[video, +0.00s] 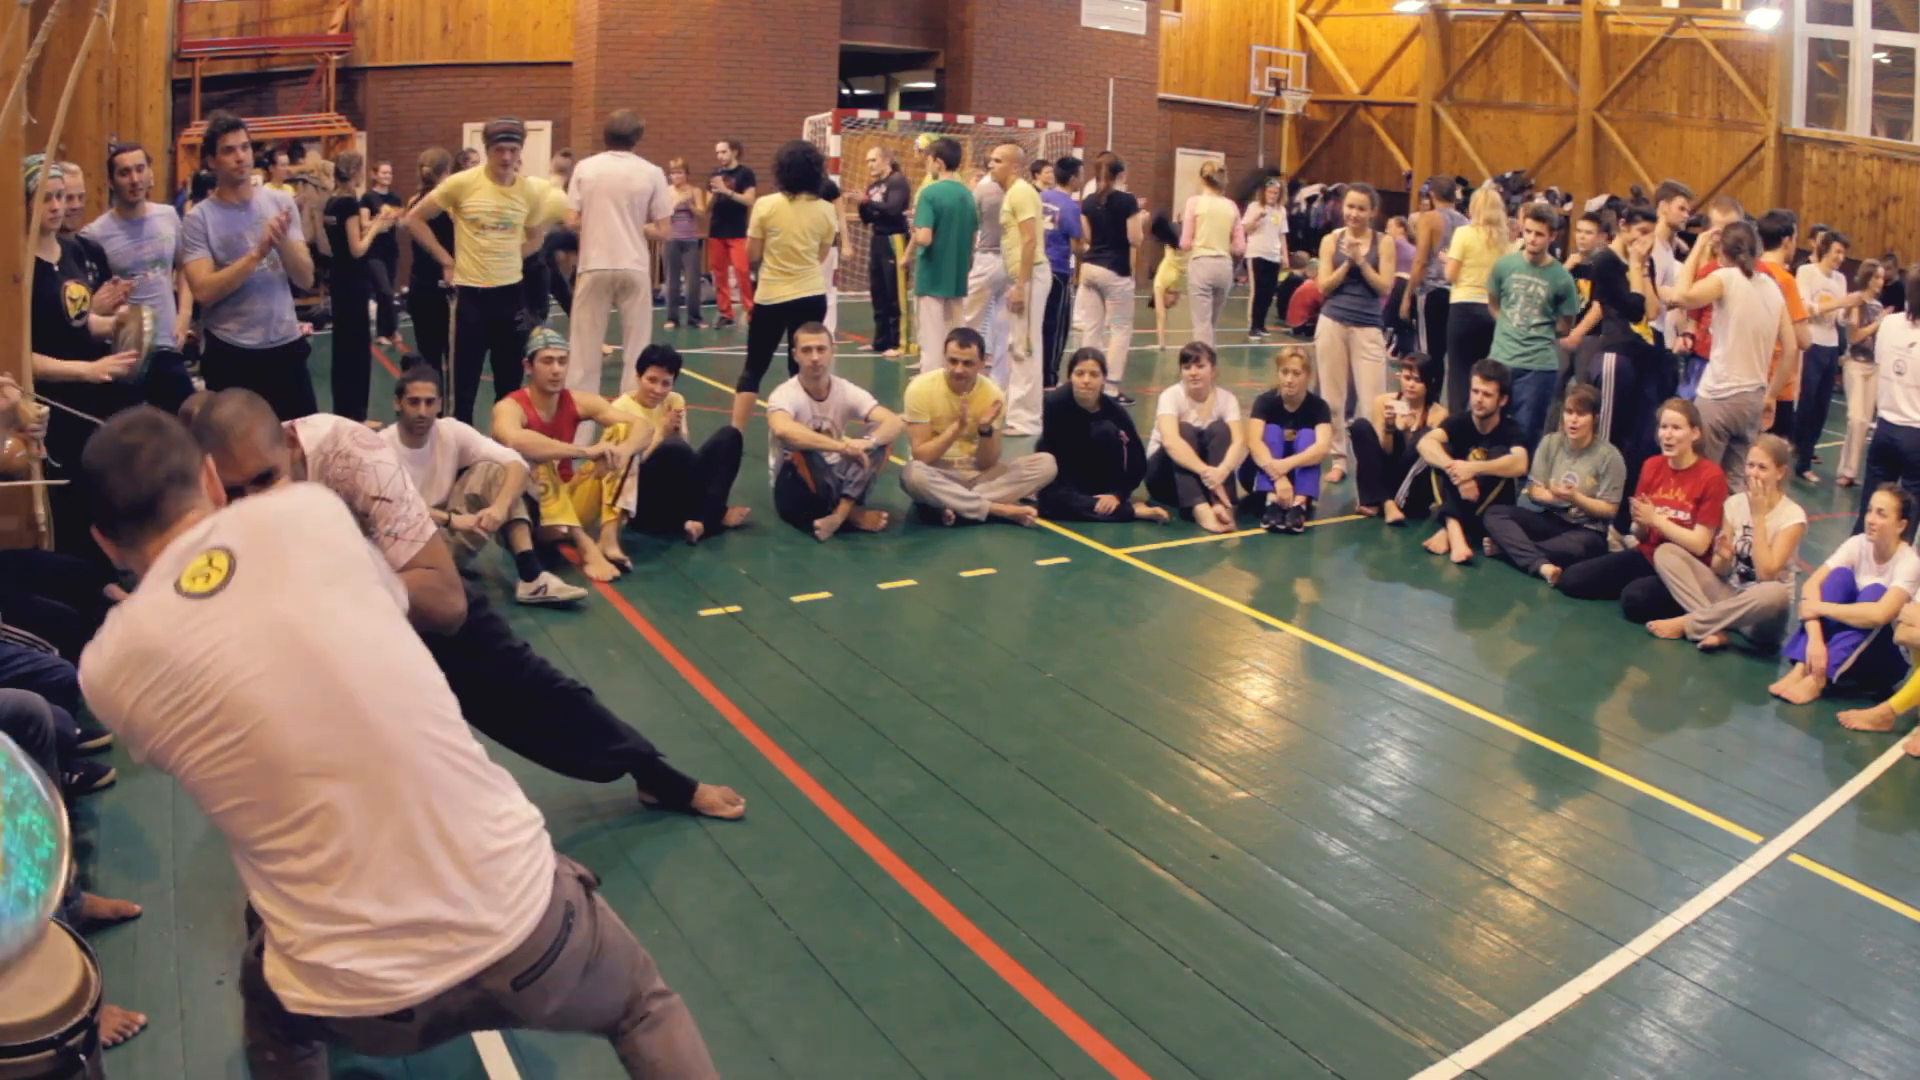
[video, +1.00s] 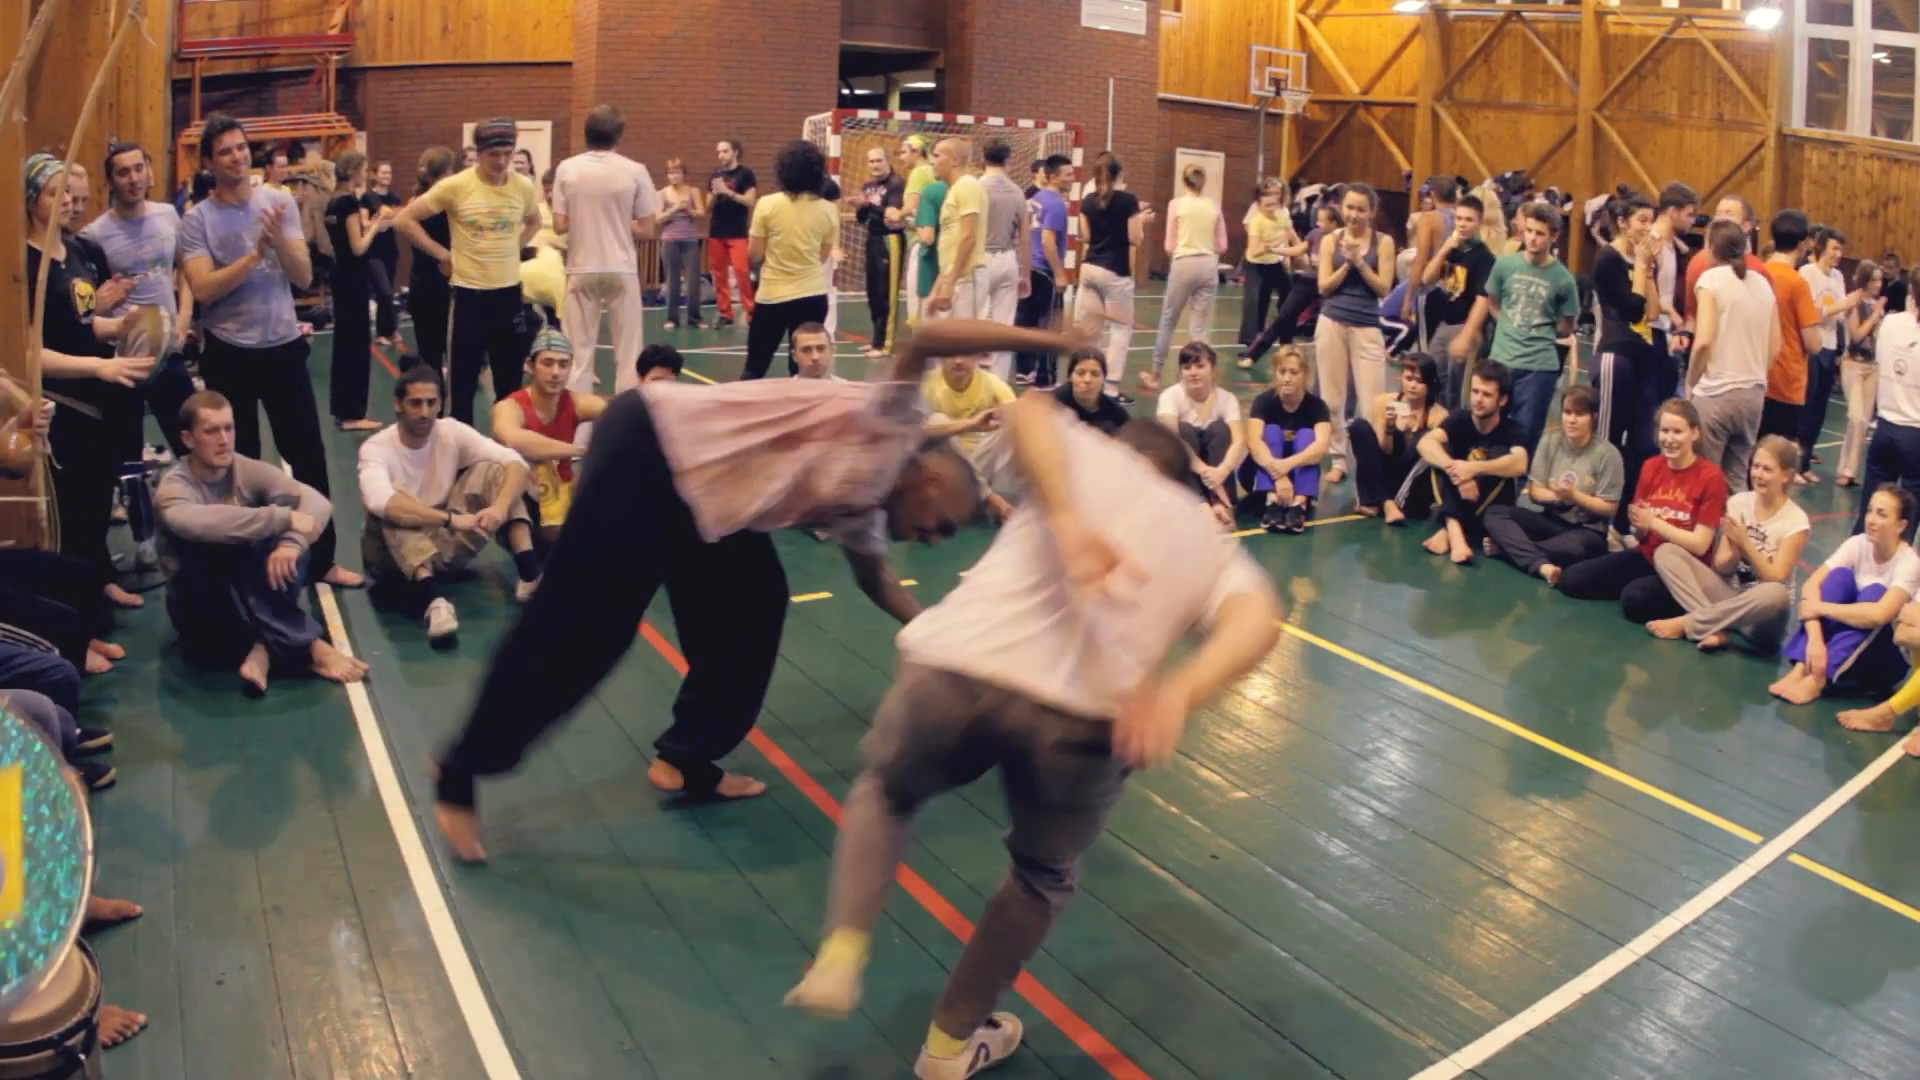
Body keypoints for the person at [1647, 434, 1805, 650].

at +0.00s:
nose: (1754, 473)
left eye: (1763, 468)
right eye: (1751, 465)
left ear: (1781, 473)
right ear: (1744, 467)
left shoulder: (1792, 516)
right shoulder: (1734, 504)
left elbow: (1767, 573)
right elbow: (1719, 570)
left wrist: (1758, 516)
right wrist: (1724, 557)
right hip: (1726, 596)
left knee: (1773, 593)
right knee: (1665, 552)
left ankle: (1686, 624)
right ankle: (1711, 629)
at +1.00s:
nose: (1758, 474)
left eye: (1767, 469)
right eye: (1755, 466)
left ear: (1787, 476)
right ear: (1750, 466)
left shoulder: (1796, 521)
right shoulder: (1738, 502)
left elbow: (1775, 577)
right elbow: (1720, 567)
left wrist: (1744, 543)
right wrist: (1735, 551)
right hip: (1728, 596)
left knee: (1774, 593)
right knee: (1666, 552)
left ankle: (1686, 624)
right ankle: (1711, 629)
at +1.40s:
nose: (1757, 471)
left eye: (1766, 466)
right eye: (1756, 463)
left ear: (1787, 472)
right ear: (1751, 463)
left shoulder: (1796, 518)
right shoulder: (1738, 499)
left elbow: (1775, 575)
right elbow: (1719, 567)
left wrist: (1742, 542)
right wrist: (1734, 546)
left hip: (1760, 605)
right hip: (1726, 592)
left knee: (1774, 594)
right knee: (1665, 552)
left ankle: (1686, 624)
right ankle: (1711, 629)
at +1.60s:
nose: (1757, 470)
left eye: (1766, 464)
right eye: (1756, 462)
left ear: (1787, 472)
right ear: (1751, 462)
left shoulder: (1796, 517)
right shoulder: (1739, 499)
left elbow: (1777, 576)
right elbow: (1719, 566)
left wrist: (1747, 542)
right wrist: (1729, 538)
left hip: (1760, 605)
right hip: (1725, 590)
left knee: (1774, 592)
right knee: (1666, 552)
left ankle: (1687, 624)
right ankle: (1711, 629)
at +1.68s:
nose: (1757, 469)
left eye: (1766, 464)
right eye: (1756, 462)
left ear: (1787, 472)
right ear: (1752, 462)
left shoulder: (1796, 517)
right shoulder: (1739, 499)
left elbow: (1776, 575)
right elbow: (1721, 566)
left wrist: (1742, 539)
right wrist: (1731, 540)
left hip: (1760, 603)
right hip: (1726, 589)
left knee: (1774, 592)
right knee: (1666, 551)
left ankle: (1687, 624)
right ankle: (1711, 629)